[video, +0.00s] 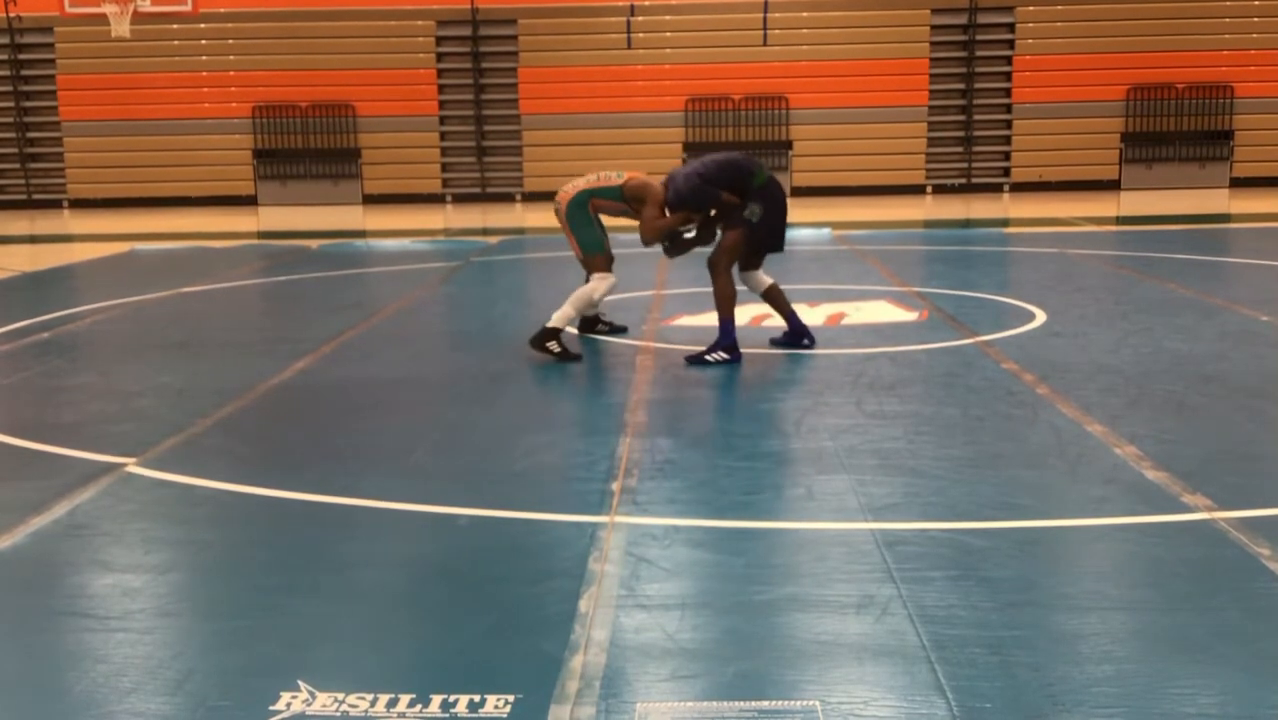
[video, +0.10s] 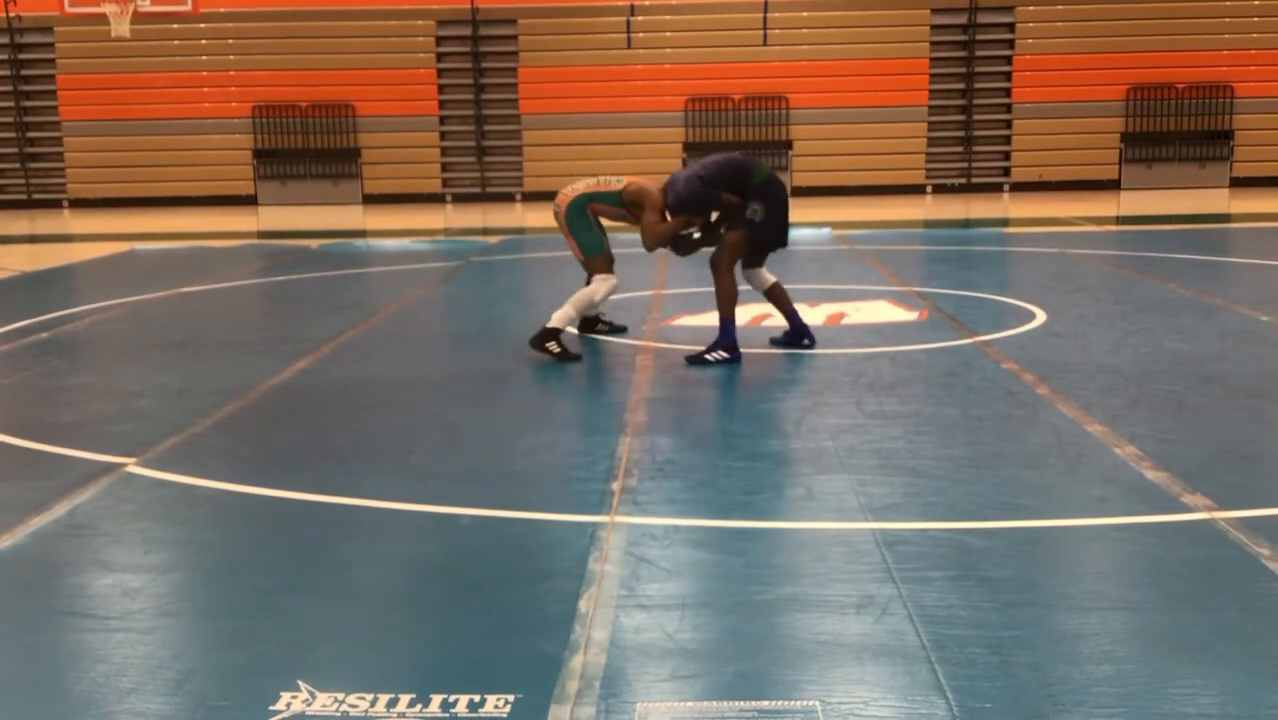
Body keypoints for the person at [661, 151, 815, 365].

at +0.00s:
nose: (642, 218)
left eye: (636, 211)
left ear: (648, 202)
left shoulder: (684, 190)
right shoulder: (679, 187)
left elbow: (733, 204)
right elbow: (707, 233)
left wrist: (711, 226)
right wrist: (688, 242)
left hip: (759, 198)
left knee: (718, 263)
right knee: (750, 274)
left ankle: (727, 344)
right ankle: (798, 331)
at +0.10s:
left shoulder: (686, 192)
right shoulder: (680, 189)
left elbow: (735, 204)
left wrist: (701, 240)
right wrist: (696, 241)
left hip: (761, 196)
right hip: (768, 192)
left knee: (720, 262)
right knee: (753, 271)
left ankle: (727, 344)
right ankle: (799, 330)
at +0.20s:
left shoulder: (684, 191)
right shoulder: (679, 189)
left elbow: (735, 201)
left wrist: (704, 239)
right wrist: (696, 240)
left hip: (760, 194)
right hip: (767, 189)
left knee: (725, 261)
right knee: (756, 269)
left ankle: (727, 344)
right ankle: (800, 330)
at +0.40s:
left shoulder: (679, 188)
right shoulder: (672, 188)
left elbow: (733, 194)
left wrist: (708, 231)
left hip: (759, 190)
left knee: (719, 262)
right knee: (740, 258)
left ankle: (727, 344)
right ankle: (790, 313)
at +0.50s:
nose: (641, 207)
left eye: (636, 204)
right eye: (634, 206)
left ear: (638, 196)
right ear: (646, 179)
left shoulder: (678, 187)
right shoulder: (671, 178)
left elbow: (733, 194)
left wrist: (706, 230)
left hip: (760, 187)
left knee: (723, 262)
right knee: (735, 253)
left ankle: (727, 344)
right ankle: (772, 311)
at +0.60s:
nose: (646, 205)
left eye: (641, 202)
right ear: (646, 179)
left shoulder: (681, 187)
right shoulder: (673, 179)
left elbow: (734, 195)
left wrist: (704, 229)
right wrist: (700, 229)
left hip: (762, 190)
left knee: (723, 263)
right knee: (731, 259)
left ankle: (728, 345)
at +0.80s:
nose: (653, 212)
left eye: (650, 209)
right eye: (648, 211)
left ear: (655, 196)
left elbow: (746, 195)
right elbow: (713, 219)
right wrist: (686, 230)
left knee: (738, 264)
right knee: (710, 260)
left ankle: (731, 338)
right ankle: (735, 325)